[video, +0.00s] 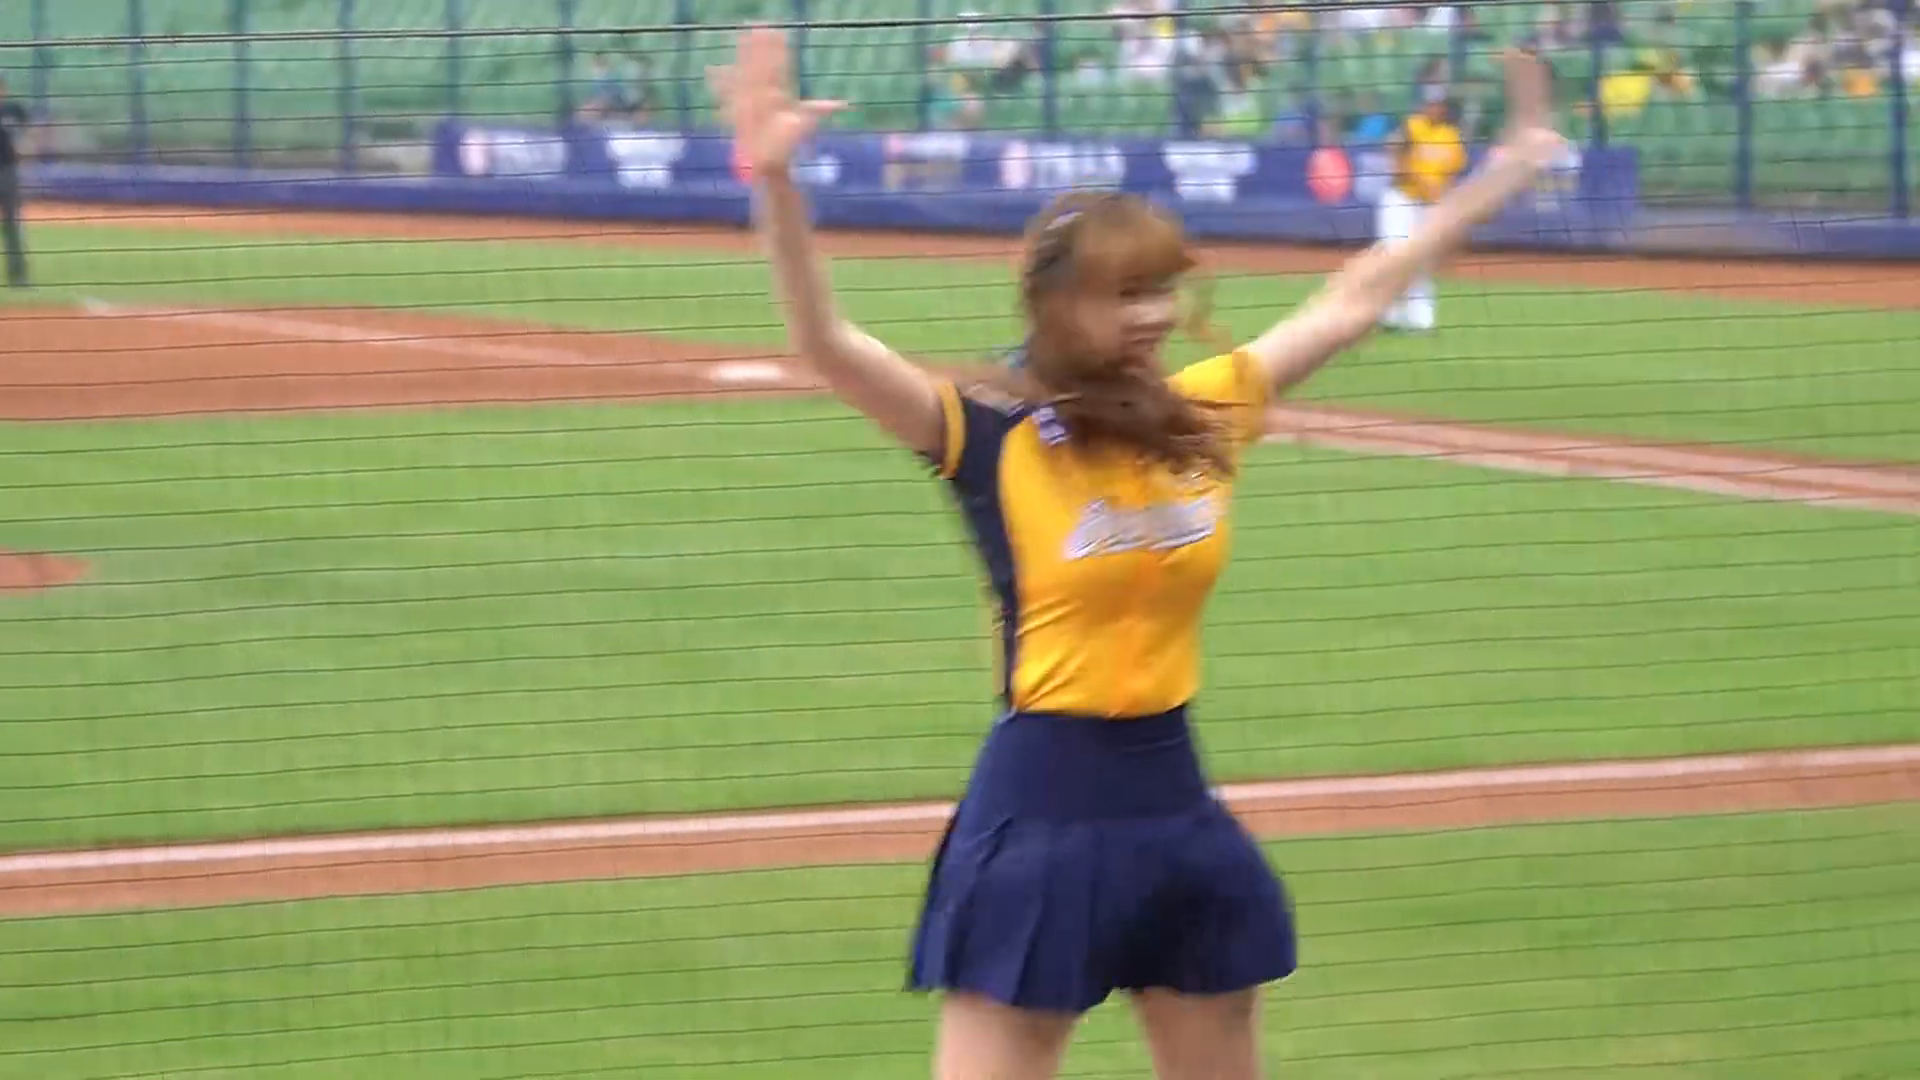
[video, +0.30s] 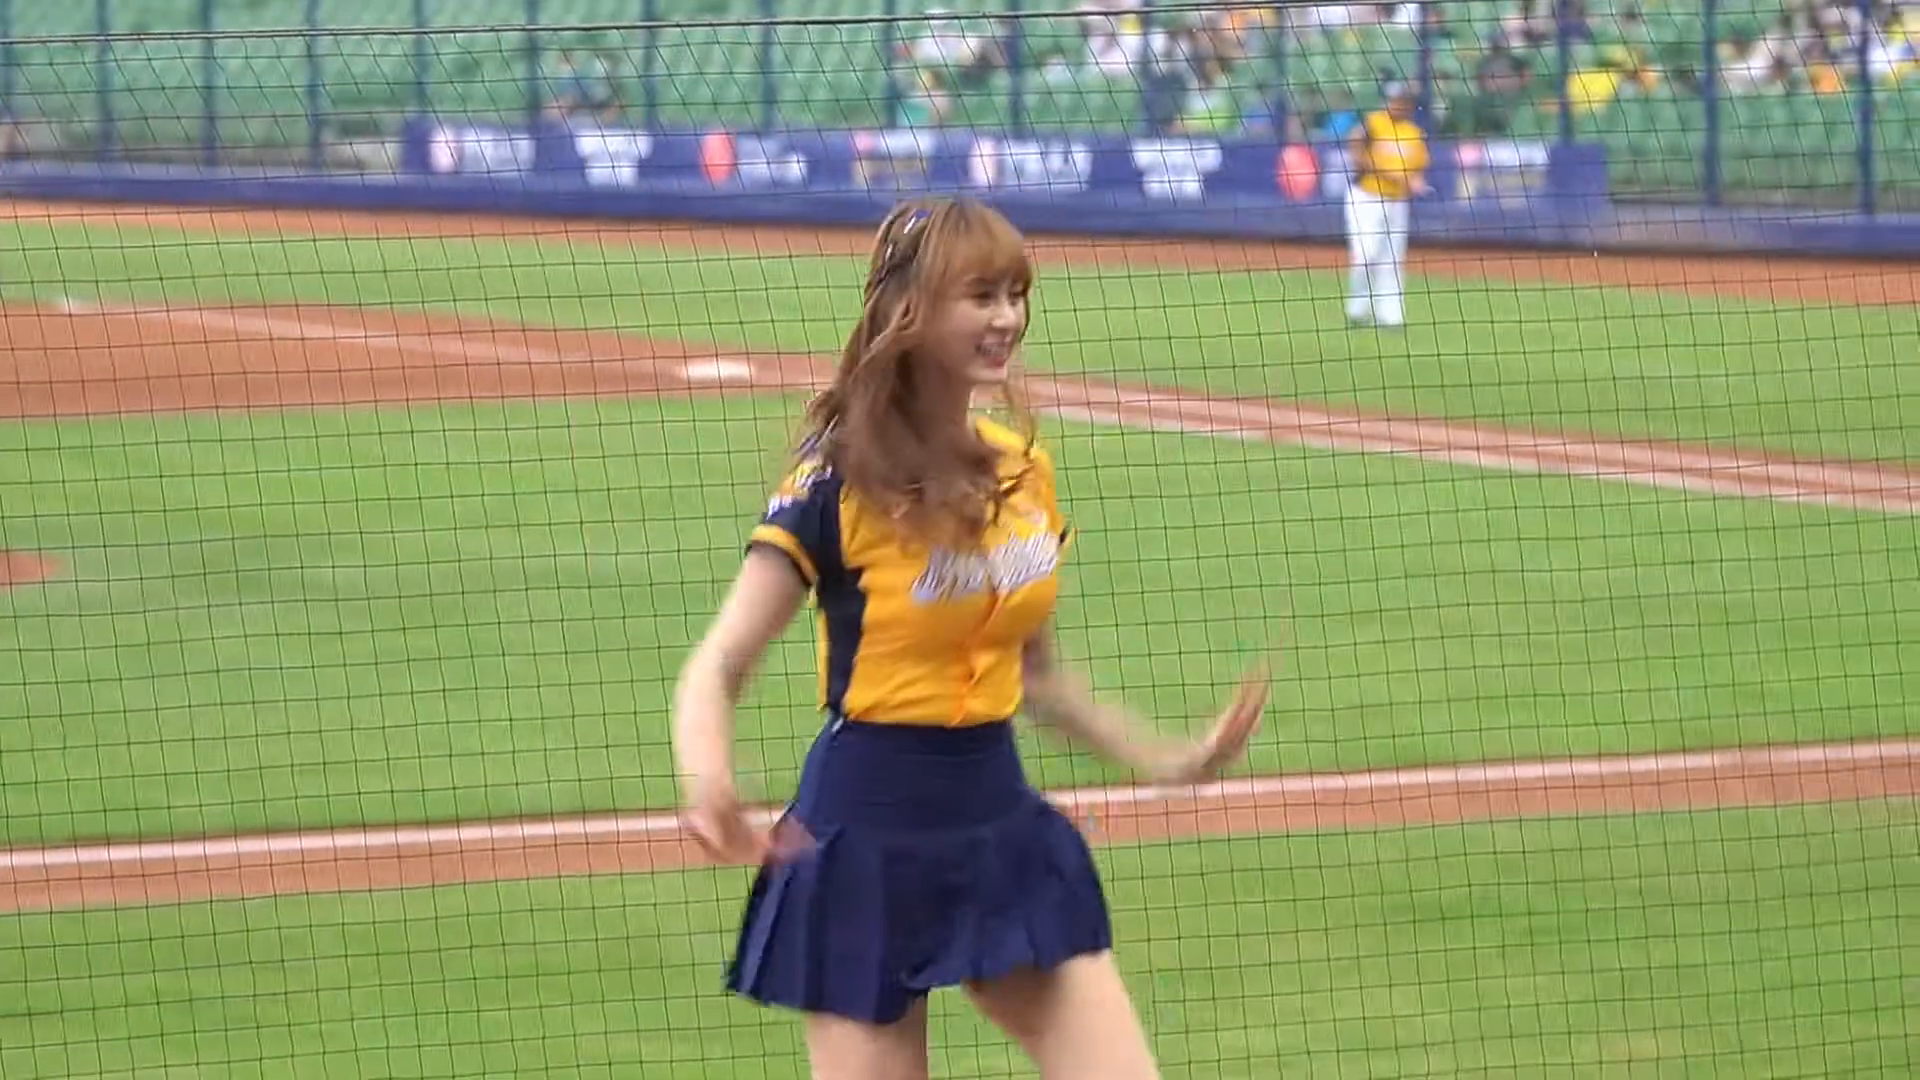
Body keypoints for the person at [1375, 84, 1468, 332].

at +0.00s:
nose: (1434, 110)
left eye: (1439, 105)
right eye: (1430, 104)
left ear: (1446, 107)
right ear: (1423, 105)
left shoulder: (1451, 134)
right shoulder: (1411, 128)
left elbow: (1458, 163)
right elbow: (1399, 166)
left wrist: (1441, 185)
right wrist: (1425, 187)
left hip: (1430, 201)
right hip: (1400, 198)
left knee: (1422, 258)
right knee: (1396, 255)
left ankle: (1420, 312)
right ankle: (1390, 311)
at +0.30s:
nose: (1399, 107)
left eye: (1404, 102)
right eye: (1395, 101)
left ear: (1412, 104)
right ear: (1387, 101)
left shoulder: (1414, 133)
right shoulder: (1373, 122)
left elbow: (1418, 164)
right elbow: (1356, 154)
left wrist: (1416, 181)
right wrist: (1395, 177)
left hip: (1397, 200)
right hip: (1366, 197)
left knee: (1392, 257)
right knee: (1367, 252)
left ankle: (1389, 312)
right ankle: (1358, 308)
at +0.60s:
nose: (1376, 103)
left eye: (1381, 98)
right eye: (1372, 97)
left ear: (1388, 99)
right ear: (1365, 97)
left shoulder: (1397, 128)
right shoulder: (1350, 122)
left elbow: (1404, 165)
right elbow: (1337, 154)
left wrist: (1384, 175)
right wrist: (1371, 172)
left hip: (1385, 198)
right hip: (1352, 196)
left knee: (1384, 255)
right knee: (1348, 256)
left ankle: (1387, 311)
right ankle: (1344, 309)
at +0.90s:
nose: (1360, 99)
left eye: (1365, 93)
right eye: (1356, 93)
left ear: (1371, 95)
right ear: (1347, 94)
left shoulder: (1380, 122)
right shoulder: (1333, 119)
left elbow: (1392, 155)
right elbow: (1318, 151)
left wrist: (1373, 172)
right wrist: (1342, 167)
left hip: (1369, 193)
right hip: (1336, 194)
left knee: (1376, 252)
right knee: (1339, 254)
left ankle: (1385, 309)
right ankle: (1343, 309)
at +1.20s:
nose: (1369, 100)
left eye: (1373, 95)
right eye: (1365, 95)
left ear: (1381, 94)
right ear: (1358, 95)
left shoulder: (1397, 114)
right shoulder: (1348, 115)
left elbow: (1415, 144)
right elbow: (1334, 144)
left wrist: (1389, 161)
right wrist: (1354, 161)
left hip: (1393, 188)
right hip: (1359, 189)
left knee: (1402, 244)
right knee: (1363, 248)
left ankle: (1410, 304)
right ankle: (1370, 306)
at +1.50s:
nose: (1369, 83)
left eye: (1373, 78)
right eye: (1365, 78)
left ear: (1381, 79)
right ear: (1359, 81)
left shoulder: (1399, 104)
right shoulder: (1349, 107)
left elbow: (1418, 133)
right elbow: (1338, 136)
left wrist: (1398, 155)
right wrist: (1354, 157)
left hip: (1396, 176)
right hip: (1361, 177)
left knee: (1403, 234)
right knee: (1365, 237)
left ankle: (1392, 283)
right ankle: (1371, 295)